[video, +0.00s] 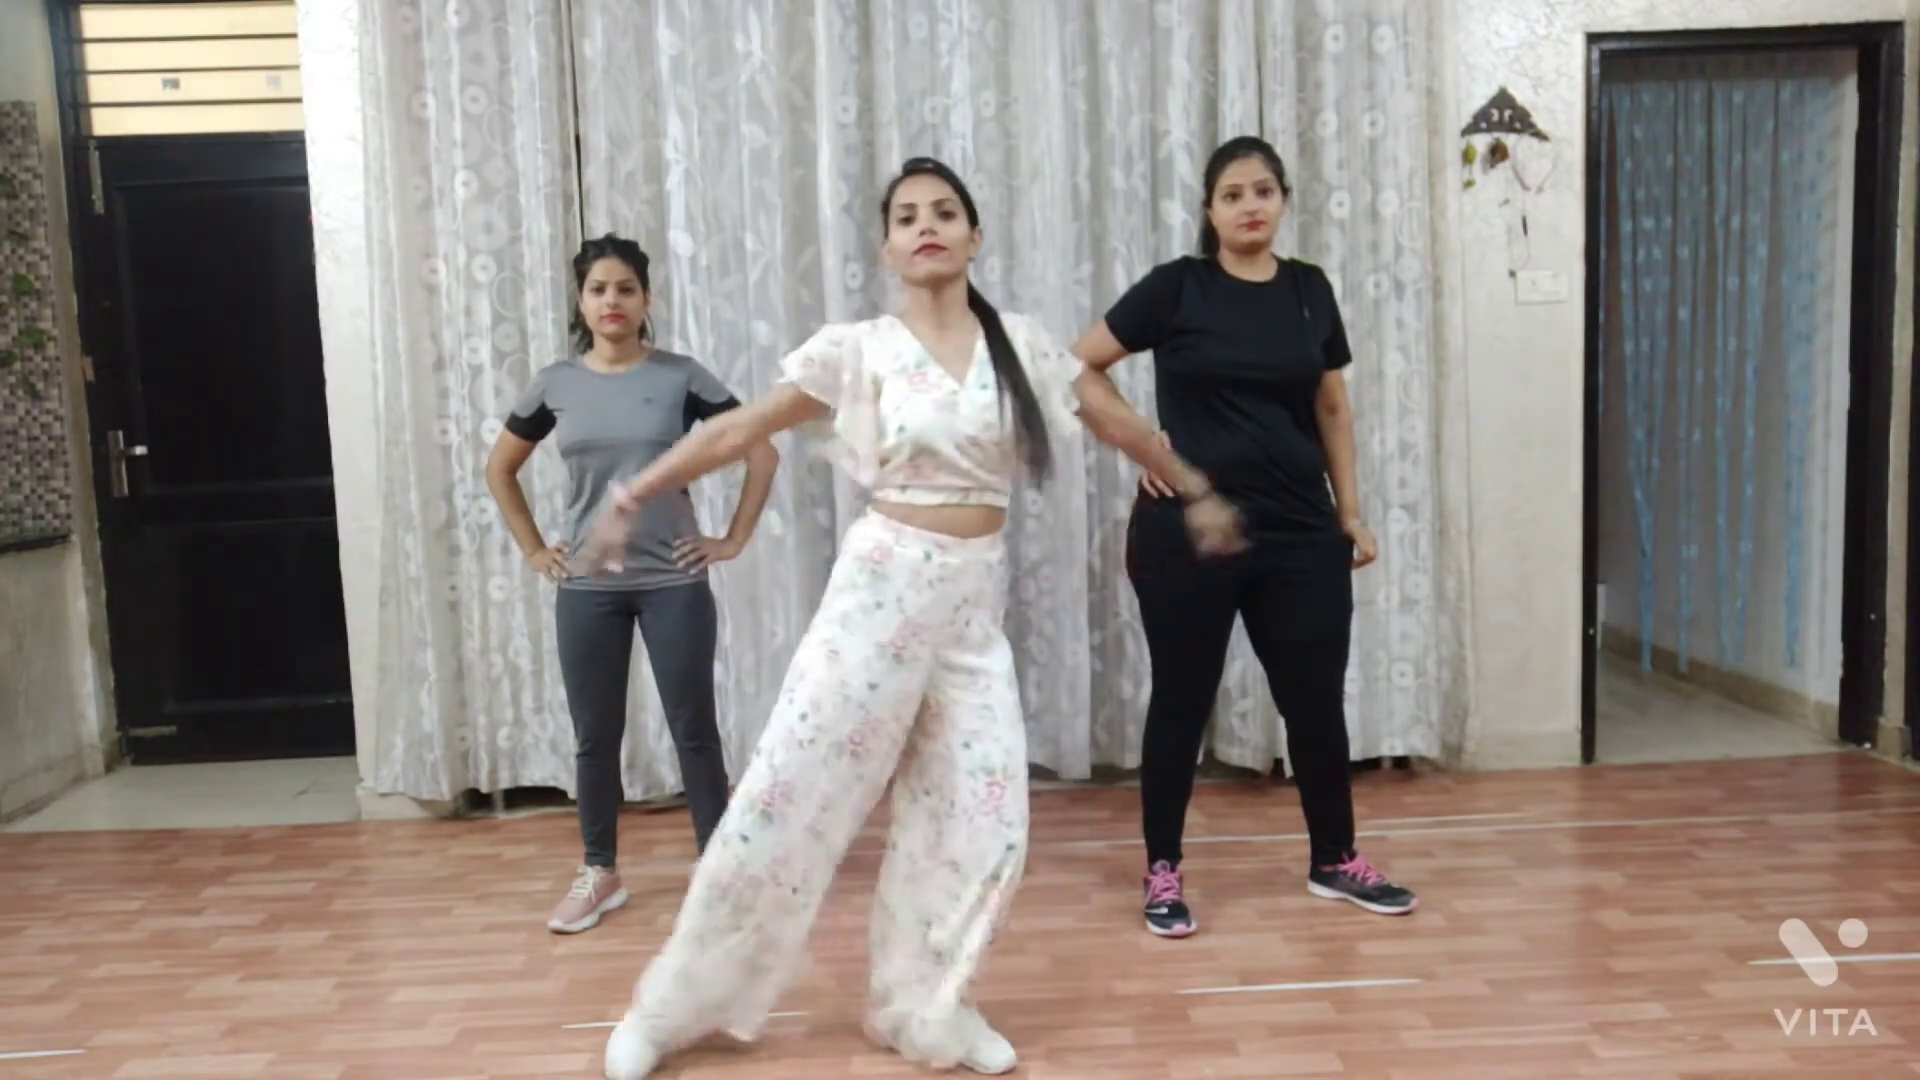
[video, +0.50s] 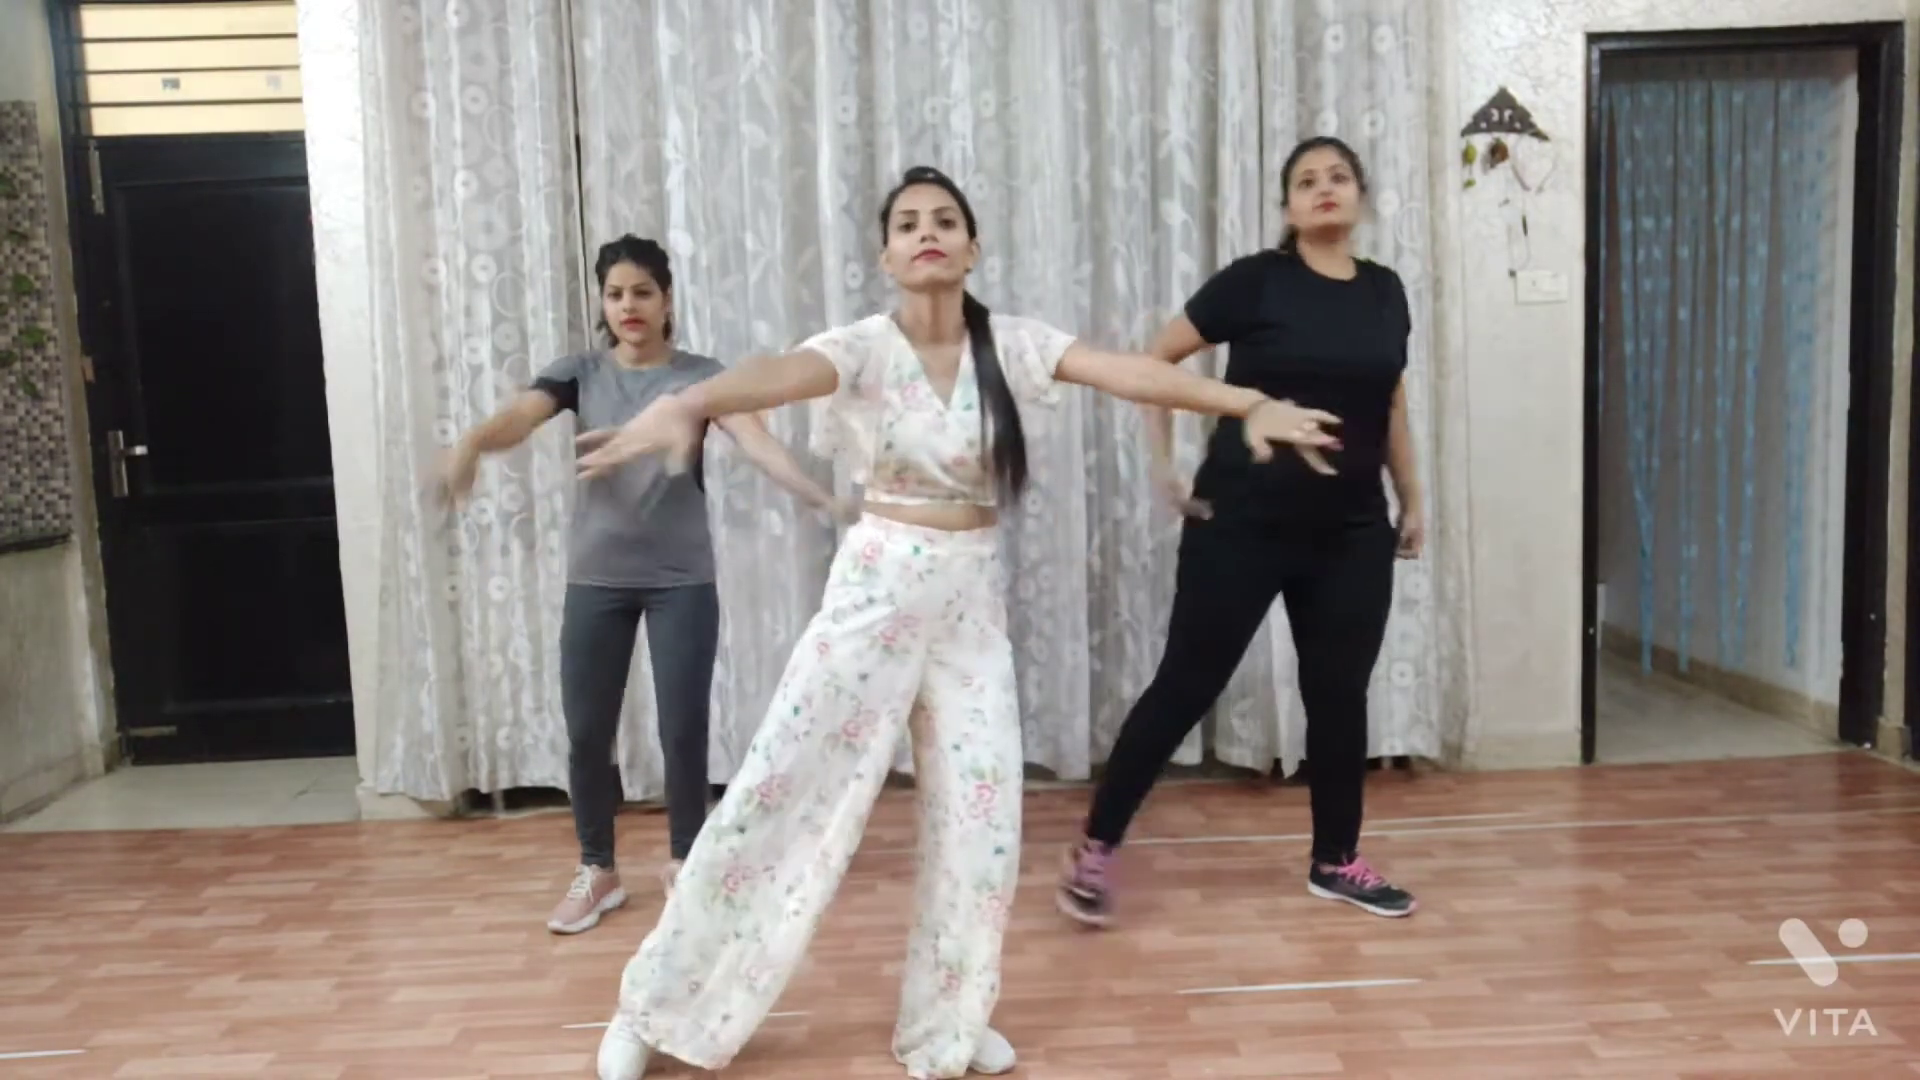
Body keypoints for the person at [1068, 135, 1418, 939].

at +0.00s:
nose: (1251, 206)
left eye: (1264, 192)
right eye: (1234, 194)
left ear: (1283, 203)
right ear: (1209, 207)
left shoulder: (1309, 290)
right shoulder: (1175, 289)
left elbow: (1334, 409)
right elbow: (1078, 369)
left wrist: (1349, 514)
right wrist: (1142, 443)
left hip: (1297, 528)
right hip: (1188, 526)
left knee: (1317, 701)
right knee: (1181, 701)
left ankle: (1336, 861)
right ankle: (1164, 871)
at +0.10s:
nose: (1257, 204)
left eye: (1270, 190)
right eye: (1241, 192)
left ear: (1290, 201)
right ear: (1216, 205)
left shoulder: (1315, 290)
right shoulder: (1180, 287)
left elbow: (1337, 409)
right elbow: (1087, 365)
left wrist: (1354, 511)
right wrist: (1143, 438)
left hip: (1303, 529)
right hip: (1193, 526)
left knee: (1324, 700)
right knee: (1180, 701)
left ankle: (1335, 860)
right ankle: (1162, 871)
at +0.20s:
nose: (1266, 202)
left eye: (1279, 188)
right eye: (1249, 191)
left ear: (1300, 200)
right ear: (1225, 206)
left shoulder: (1323, 290)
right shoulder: (1189, 285)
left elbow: (1345, 406)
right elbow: (1092, 365)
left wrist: (1361, 504)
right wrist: (1152, 436)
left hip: (1309, 531)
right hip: (1199, 527)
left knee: (1327, 700)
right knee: (1184, 701)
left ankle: (1336, 860)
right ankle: (1161, 871)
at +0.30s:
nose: (1286, 198)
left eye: (1299, 184)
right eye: (1269, 187)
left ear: (1321, 196)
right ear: (1245, 203)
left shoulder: (1343, 290)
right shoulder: (1211, 282)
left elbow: (1360, 405)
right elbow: (1110, 358)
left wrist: (1373, 502)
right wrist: (1170, 439)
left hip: (1323, 527)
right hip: (1216, 523)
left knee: (1331, 698)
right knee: (1192, 698)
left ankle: (1336, 861)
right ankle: (1160, 870)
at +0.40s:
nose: (1309, 195)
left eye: (1321, 182)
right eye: (1291, 186)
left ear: (1342, 195)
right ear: (1268, 204)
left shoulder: (1368, 291)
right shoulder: (1233, 281)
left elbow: (1377, 402)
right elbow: (1139, 355)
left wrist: (1386, 503)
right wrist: (1183, 448)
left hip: (1337, 528)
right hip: (1231, 526)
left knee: (1338, 701)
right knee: (1186, 694)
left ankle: (1337, 861)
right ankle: (1132, 861)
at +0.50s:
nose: (1325, 190)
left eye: (1339, 177)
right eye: (1308, 182)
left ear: (1363, 197)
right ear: (1287, 206)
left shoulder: (1383, 292)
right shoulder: (1255, 281)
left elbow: (1390, 402)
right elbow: (1156, 363)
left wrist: (1410, 499)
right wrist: (1163, 475)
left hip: (1349, 531)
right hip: (1242, 525)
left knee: (1340, 703)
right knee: (1183, 690)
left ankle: (1336, 860)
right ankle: (1097, 847)